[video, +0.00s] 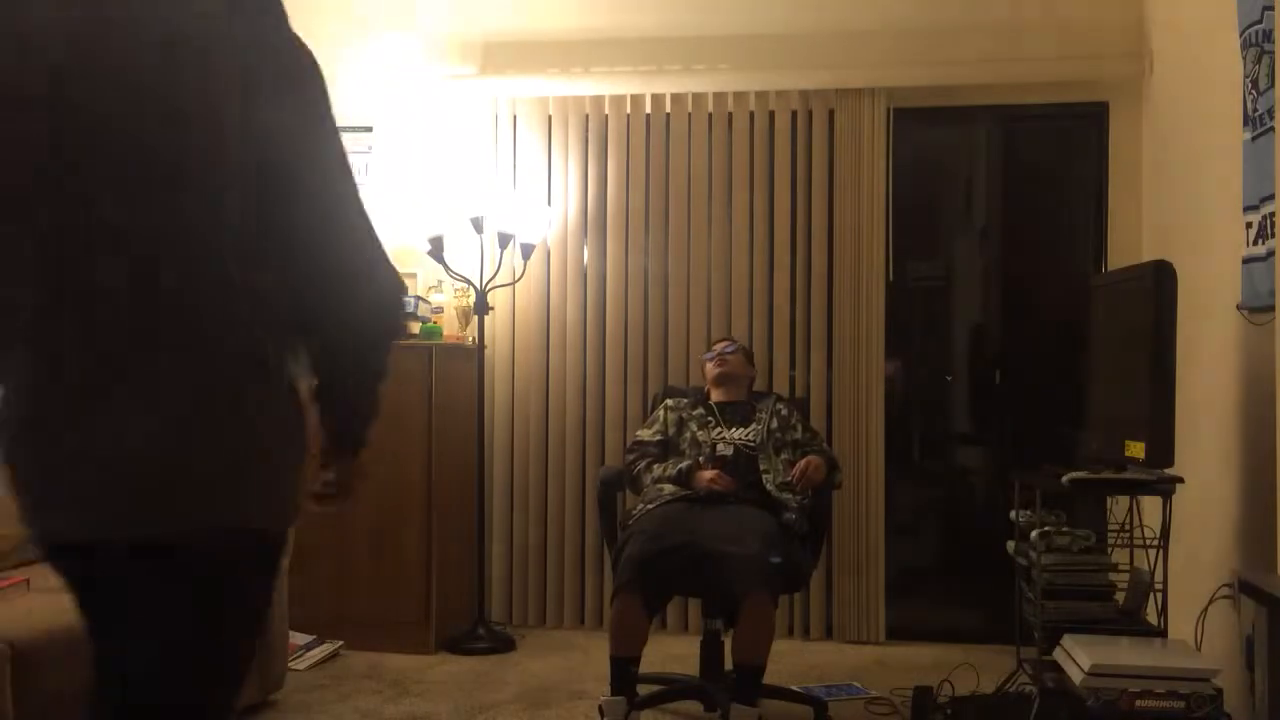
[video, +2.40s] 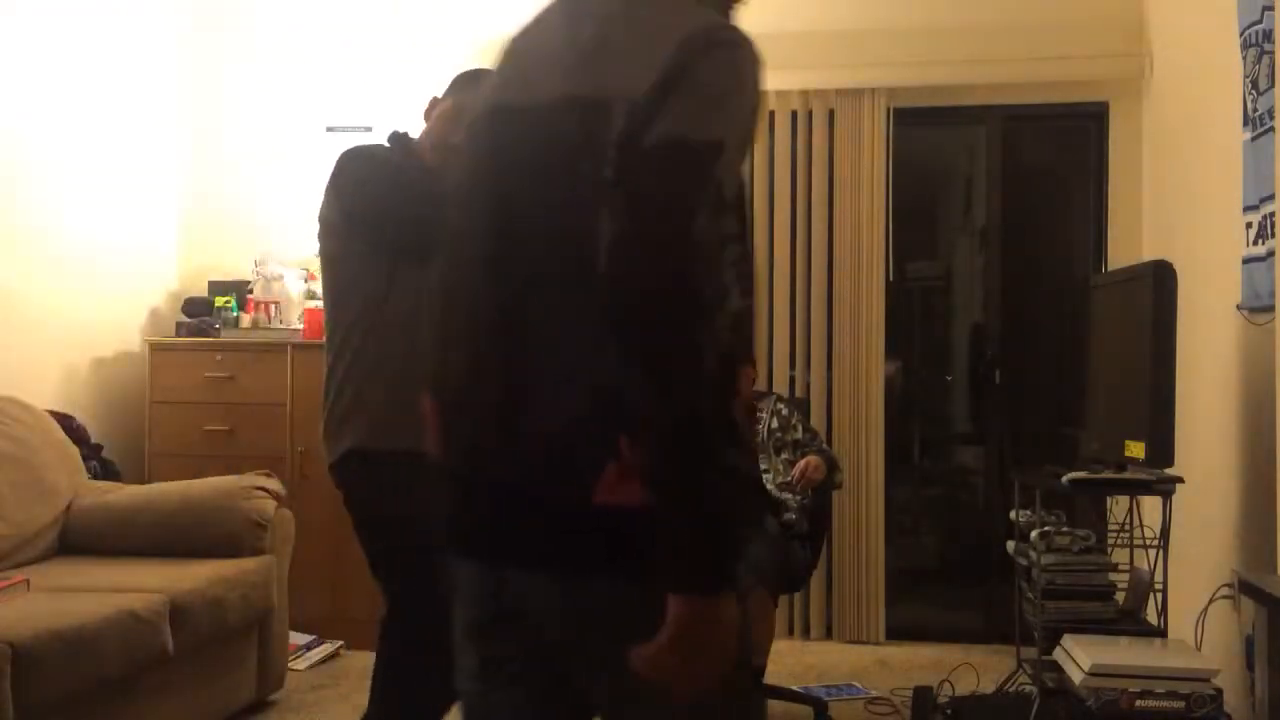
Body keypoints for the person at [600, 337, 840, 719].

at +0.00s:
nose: (719, 354)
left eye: (730, 349)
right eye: (711, 353)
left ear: (752, 370)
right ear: (703, 374)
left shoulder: (778, 412)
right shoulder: (673, 410)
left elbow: (825, 458)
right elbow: (639, 464)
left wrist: (820, 462)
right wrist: (689, 476)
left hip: (751, 508)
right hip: (675, 505)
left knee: (757, 574)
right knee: (638, 566)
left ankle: (746, 705)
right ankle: (621, 696)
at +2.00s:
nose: (720, 355)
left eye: (732, 350)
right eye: (712, 353)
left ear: (752, 370)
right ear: (704, 375)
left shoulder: (779, 411)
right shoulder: (674, 409)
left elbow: (823, 456)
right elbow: (639, 464)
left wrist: (821, 461)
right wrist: (689, 477)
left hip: (750, 506)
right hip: (673, 503)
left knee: (756, 577)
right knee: (638, 565)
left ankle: (745, 704)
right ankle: (620, 694)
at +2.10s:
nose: (722, 354)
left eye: (733, 349)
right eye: (714, 353)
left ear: (752, 370)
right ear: (704, 374)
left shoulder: (780, 411)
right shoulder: (674, 407)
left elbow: (826, 463)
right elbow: (643, 469)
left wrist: (819, 460)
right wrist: (690, 477)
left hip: (749, 508)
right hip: (675, 506)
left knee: (757, 580)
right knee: (634, 572)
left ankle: (745, 704)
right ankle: (637, 693)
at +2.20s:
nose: (722, 358)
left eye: (731, 352)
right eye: (715, 355)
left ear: (752, 369)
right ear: (708, 370)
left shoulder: (773, 407)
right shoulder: (694, 406)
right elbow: (667, 459)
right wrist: (694, 477)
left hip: (758, 511)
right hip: (695, 511)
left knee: (756, 584)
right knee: (681, 578)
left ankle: (746, 698)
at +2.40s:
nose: (742, 379)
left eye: (747, 371)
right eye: (734, 371)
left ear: (754, 374)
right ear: (720, 376)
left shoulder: (777, 412)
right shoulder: (706, 420)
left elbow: (825, 459)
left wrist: (819, 462)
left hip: (781, 532)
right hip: (725, 533)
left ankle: (752, 684)